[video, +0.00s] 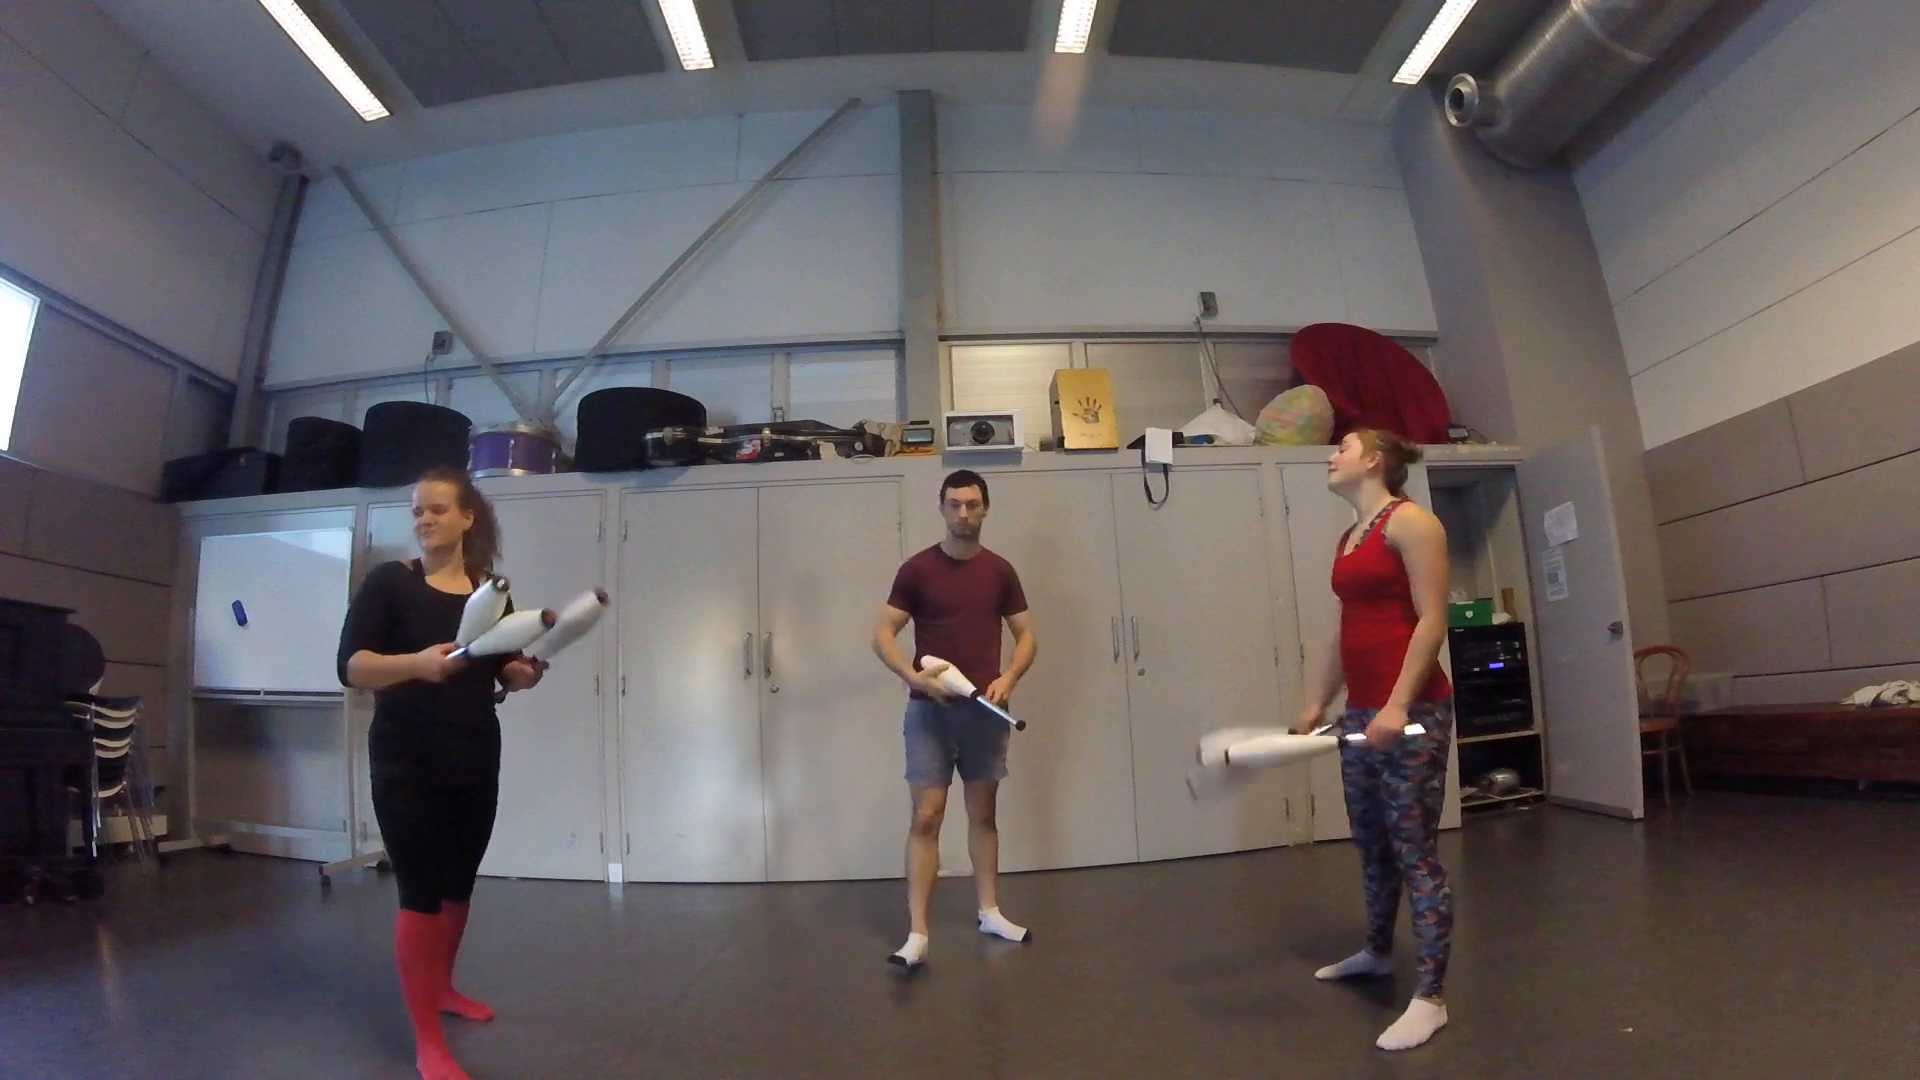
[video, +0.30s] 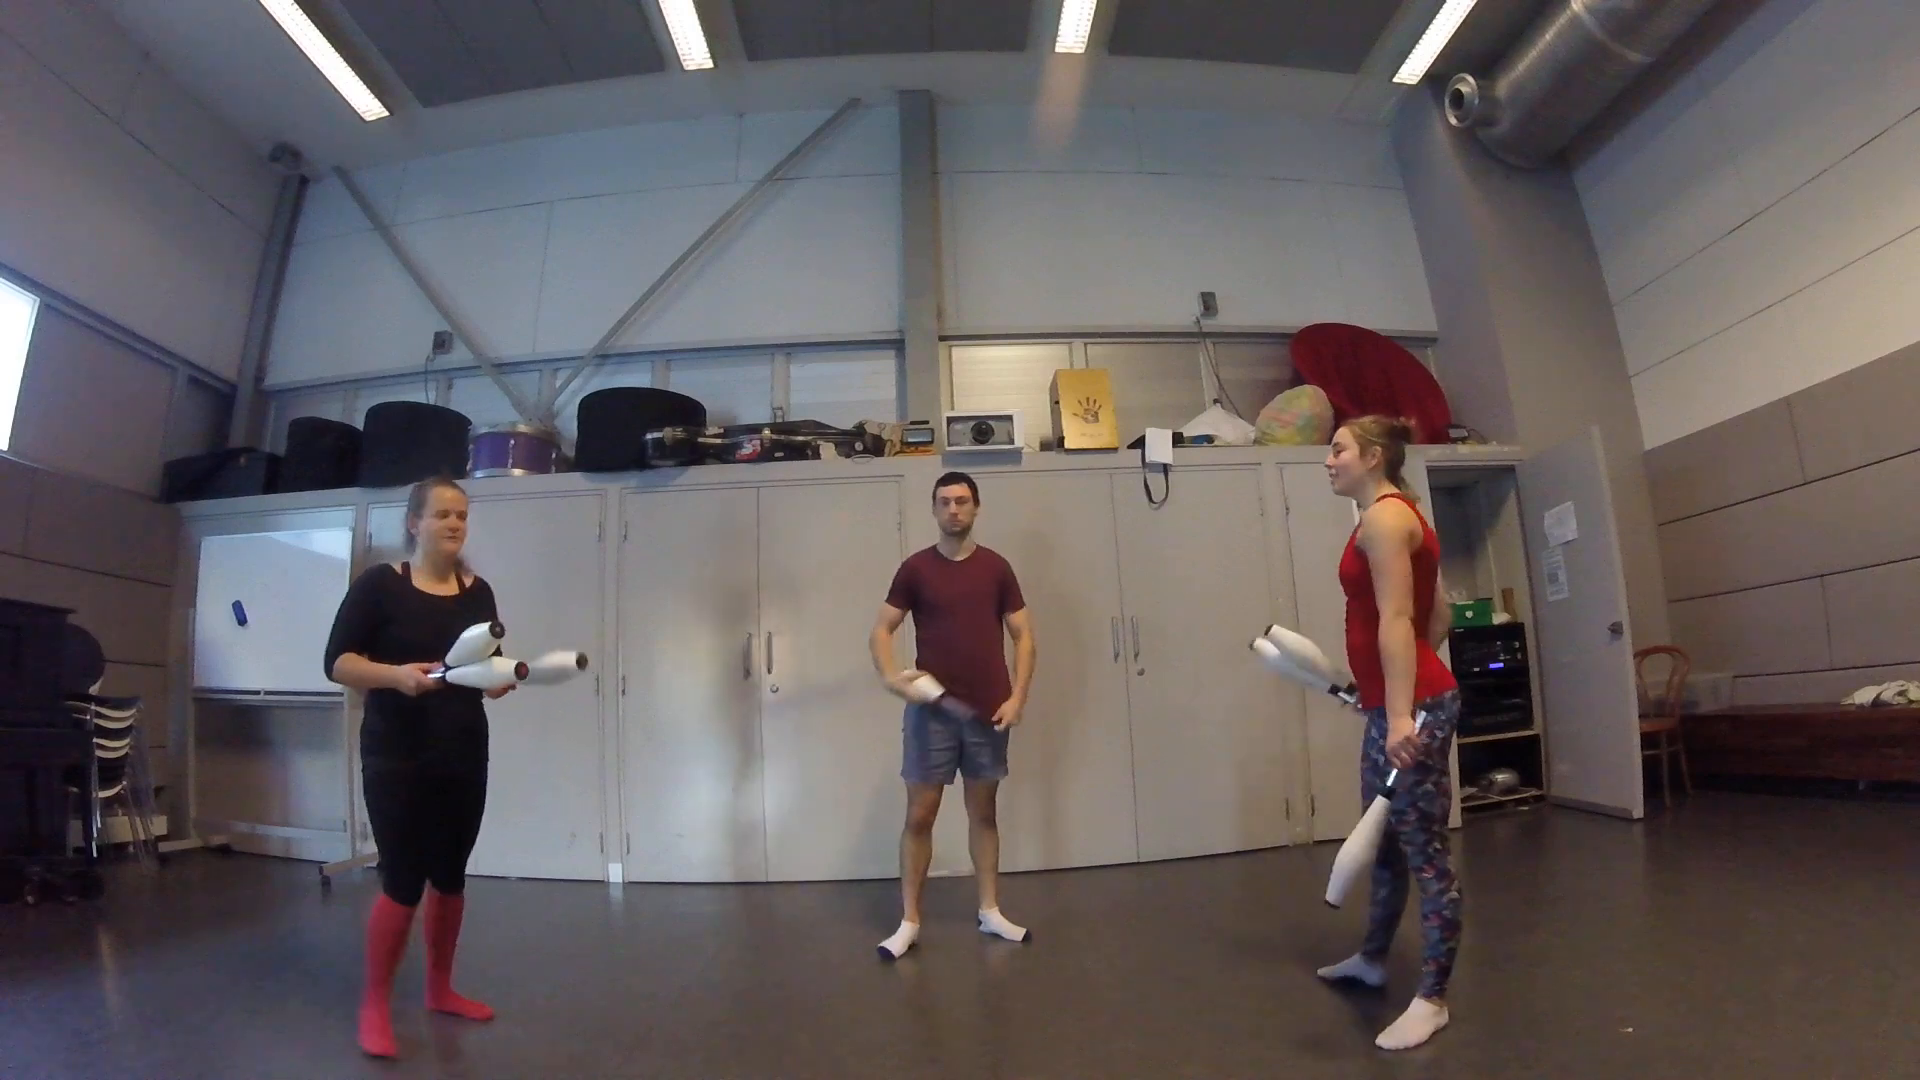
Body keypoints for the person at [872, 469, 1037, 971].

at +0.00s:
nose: (964, 512)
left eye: (973, 504)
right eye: (955, 504)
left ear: (985, 511)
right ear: (942, 510)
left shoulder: (999, 570)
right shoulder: (917, 570)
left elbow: (1026, 638)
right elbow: (883, 637)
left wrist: (1009, 679)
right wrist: (912, 676)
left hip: (985, 709)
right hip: (930, 708)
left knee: (983, 814)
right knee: (926, 818)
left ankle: (989, 912)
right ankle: (918, 934)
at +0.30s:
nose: (953, 509)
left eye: (961, 501)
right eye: (945, 502)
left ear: (976, 510)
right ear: (934, 510)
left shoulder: (995, 567)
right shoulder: (915, 568)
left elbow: (1024, 636)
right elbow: (883, 630)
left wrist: (1017, 698)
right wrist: (892, 676)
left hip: (987, 709)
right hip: (932, 706)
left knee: (983, 813)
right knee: (920, 817)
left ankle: (990, 911)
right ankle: (910, 922)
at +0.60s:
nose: (925, 509)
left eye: (933, 501)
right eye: (917, 502)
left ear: (948, 510)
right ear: (906, 512)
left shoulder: (971, 567)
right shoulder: (887, 572)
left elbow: (1005, 620)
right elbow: (863, 639)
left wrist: (1007, 681)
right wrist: (845, 699)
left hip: (964, 710)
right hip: (906, 712)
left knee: (975, 814)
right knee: (908, 818)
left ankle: (988, 911)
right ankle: (908, 921)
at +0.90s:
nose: (898, 509)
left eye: (906, 502)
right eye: (890, 503)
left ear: (920, 511)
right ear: (878, 513)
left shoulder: (946, 567)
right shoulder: (863, 576)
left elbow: (971, 631)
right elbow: (847, 646)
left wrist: (984, 694)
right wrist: (834, 713)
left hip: (949, 707)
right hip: (892, 710)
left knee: (963, 813)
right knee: (899, 816)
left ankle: (964, 911)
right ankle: (907, 922)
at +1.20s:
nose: (894, 512)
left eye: (902, 504)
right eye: (886, 506)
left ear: (918, 513)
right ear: (876, 516)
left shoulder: (944, 568)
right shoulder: (862, 578)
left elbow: (968, 633)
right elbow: (852, 644)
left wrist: (979, 697)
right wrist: (845, 704)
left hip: (939, 710)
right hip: (885, 712)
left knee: (930, 814)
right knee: (897, 816)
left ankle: (925, 911)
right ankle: (905, 921)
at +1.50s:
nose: (904, 513)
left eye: (912, 506)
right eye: (897, 507)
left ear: (928, 515)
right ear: (887, 516)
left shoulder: (948, 572)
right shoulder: (868, 574)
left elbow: (969, 638)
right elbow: (851, 643)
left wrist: (975, 700)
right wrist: (835, 707)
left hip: (934, 708)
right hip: (880, 707)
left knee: (926, 810)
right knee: (888, 813)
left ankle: (925, 910)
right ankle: (902, 920)